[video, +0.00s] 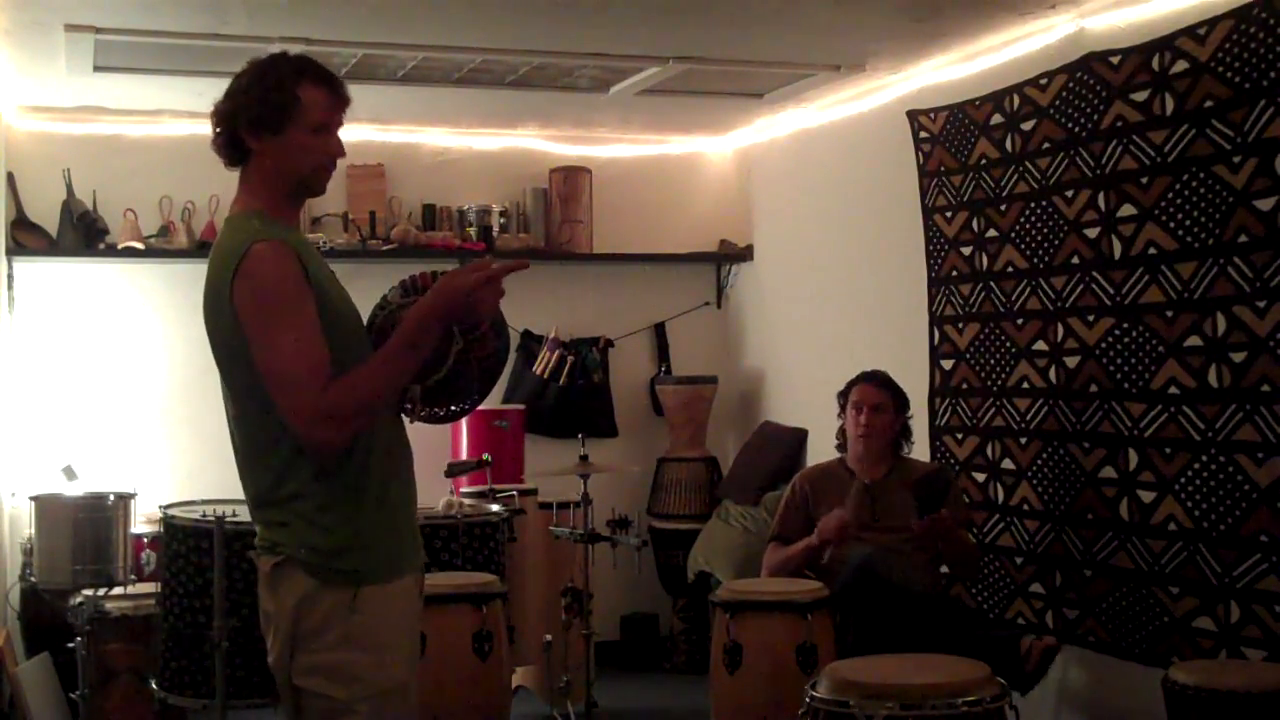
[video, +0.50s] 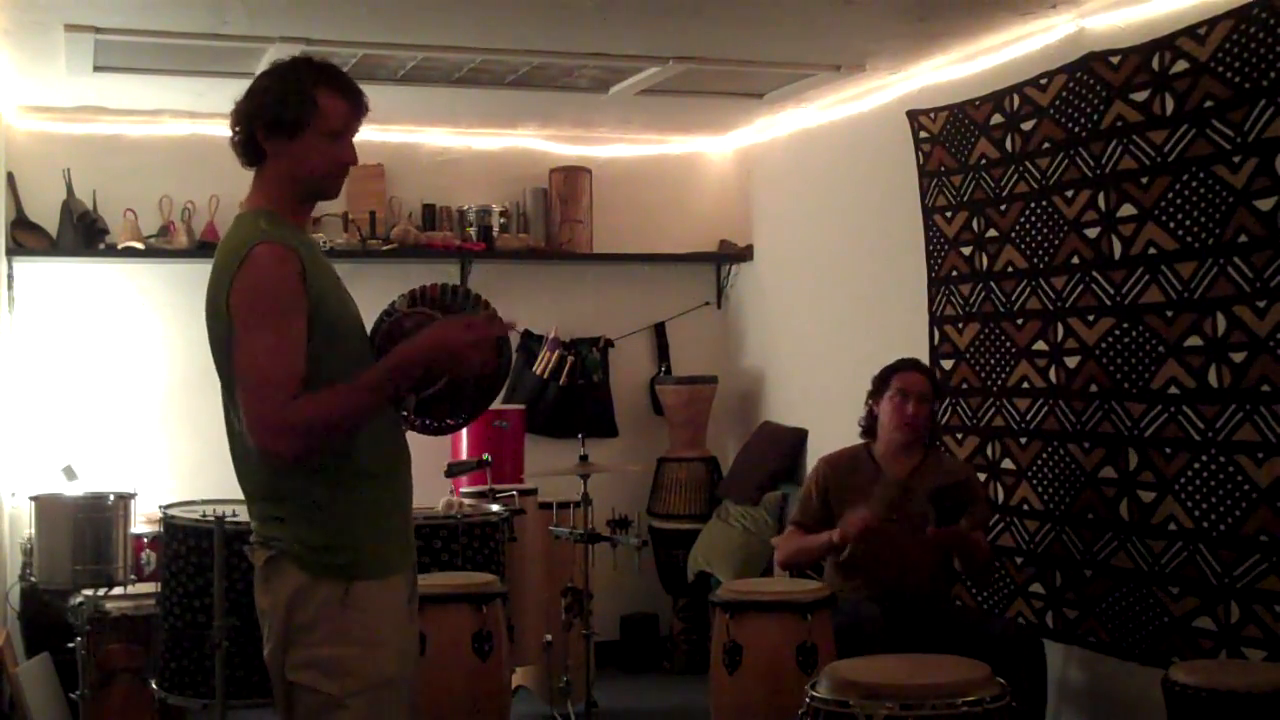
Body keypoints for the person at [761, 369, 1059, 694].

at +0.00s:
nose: (865, 419)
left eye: (877, 410)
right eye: (856, 408)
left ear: (898, 422)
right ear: (843, 417)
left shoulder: (930, 480)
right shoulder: (810, 483)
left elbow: (971, 568)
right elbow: (770, 570)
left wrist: (946, 538)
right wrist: (815, 540)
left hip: (922, 604)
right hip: (839, 610)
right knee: (868, 566)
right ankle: (1008, 650)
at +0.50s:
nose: (912, 410)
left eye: (923, 401)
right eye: (901, 397)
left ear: (933, 413)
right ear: (875, 405)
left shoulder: (955, 475)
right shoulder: (833, 470)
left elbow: (982, 566)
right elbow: (783, 554)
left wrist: (959, 539)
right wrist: (836, 536)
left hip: (933, 612)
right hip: (853, 613)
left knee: (1018, 645)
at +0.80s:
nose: (931, 414)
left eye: (942, 404)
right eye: (918, 401)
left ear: (952, 416)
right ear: (889, 409)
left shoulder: (973, 482)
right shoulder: (848, 477)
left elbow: (1000, 568)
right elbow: (803, 565)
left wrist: (977, 570)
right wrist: (849, 554)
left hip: (943, 615)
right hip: (866, 616)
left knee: (1021, 648)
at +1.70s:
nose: (967, 453)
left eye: (980, 442)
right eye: (956, 438)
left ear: (995, 449)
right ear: (931, 439)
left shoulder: (1012, 502)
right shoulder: (887, 493)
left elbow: (1008, 598)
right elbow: (833, 575)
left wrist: (988, 616)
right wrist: (872, 586)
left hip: (969, 626)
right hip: (894, 621)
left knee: (1020, 649)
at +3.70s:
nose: (953, 445)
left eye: (971, 440)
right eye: (950, 431)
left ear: (991, 457)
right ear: (937, 434)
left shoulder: (1006, 507)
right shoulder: (883, 489)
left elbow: (1004, 592)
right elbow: (831, 576)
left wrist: (988, 611)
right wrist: (876, 579)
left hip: (960, 624)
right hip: (884, 617)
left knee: (1016, 648)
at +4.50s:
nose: (979, 452)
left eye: (997, 445)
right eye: (974, 436)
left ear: (1016, 459)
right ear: (957, 436)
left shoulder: (1028, 509)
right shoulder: (907, 483)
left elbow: (1018, 602)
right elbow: (814, 531)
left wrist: (981, 626)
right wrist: (875, 570)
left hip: (969, 618)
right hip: (896, 607)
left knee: (1019, 649)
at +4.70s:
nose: (968, 413)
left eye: (985, 405)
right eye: (961, 399)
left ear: (1004, 423)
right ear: (944, 407)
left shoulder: (1018, 496)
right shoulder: (894, 460)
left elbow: (1024, 596)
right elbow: (801, 510)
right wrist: (858, 542)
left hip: (961, 619)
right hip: (879, 609)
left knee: (1018, 670)